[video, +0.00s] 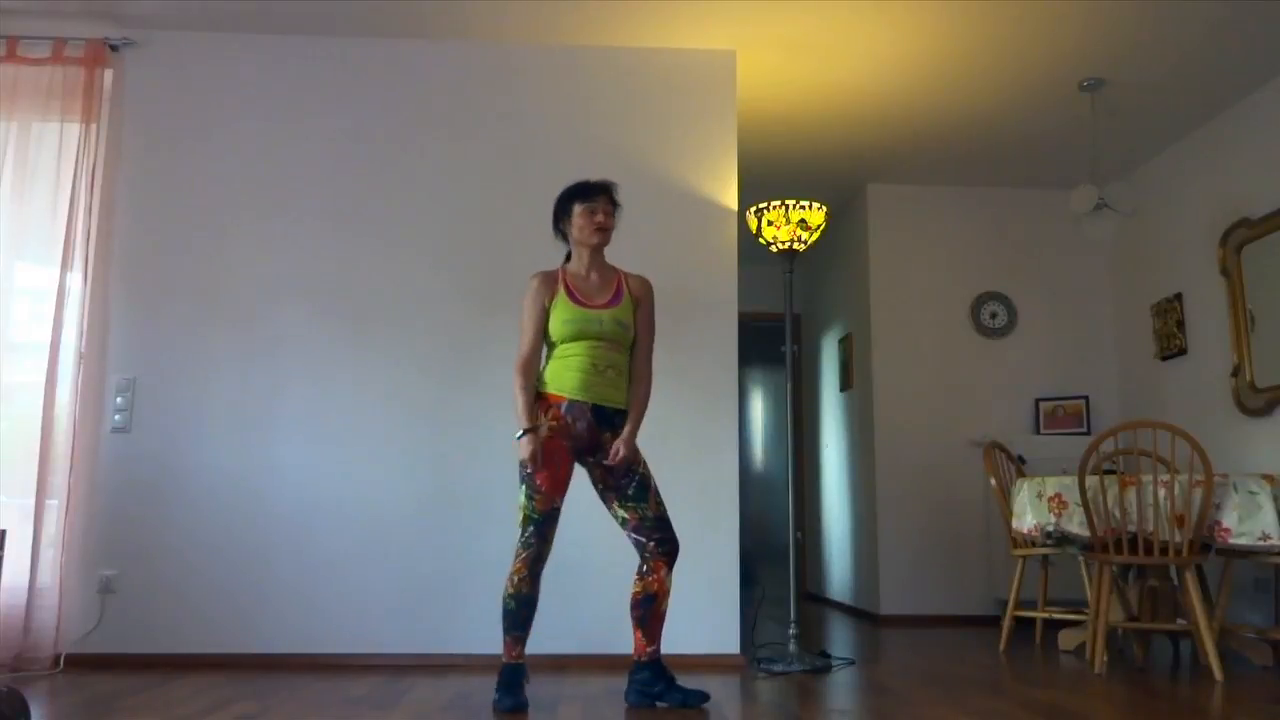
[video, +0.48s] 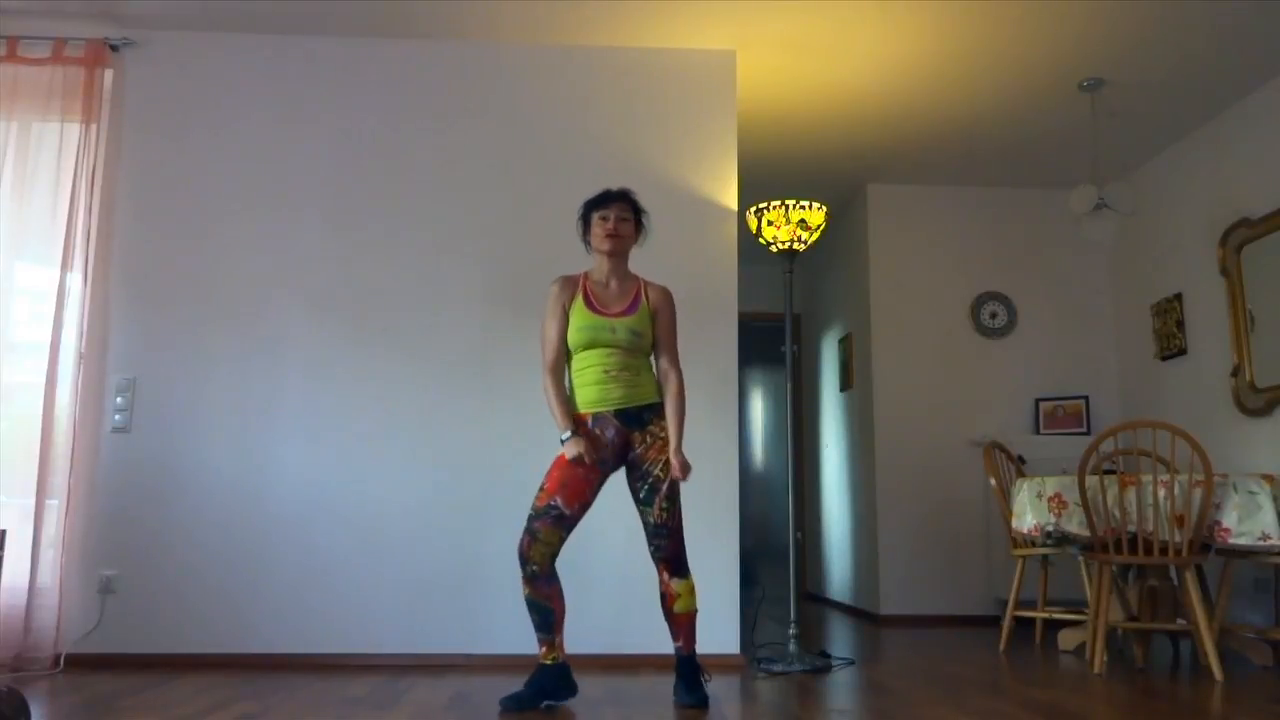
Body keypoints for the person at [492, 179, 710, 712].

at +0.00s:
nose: (600, 218)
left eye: (607, 211)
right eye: (589, 210)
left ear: (615, 223)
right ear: (566, 223)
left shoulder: (637, 288)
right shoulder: (548, 285)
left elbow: (642, 368)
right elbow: (527, 361)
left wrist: (630, 431)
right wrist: (529, 428)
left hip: (610, 430)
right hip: (552, 424)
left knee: (659, 546)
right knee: (532, 548)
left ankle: (647, 672)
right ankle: (511, 673)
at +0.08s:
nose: (601, 213)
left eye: (610, 207)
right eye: (590, 205)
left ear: (620, 219)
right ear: (569, 217)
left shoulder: (641, 282)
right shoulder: (552, 278)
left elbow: (653, 360)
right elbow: (534, 353)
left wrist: (644, 425)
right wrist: (540, 417)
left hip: (622, 424)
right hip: (563, 420)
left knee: (659, 543)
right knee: (547, 543)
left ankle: (650, 669)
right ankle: (523, 670)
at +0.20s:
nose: (609, 214)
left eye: (619, 207)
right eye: (599, 205)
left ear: (629, 220)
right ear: (578, 217)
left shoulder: (649, 281)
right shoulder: (560, 278)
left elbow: (670, 362)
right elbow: (546, 352)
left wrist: (662, 423)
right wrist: (560, 411)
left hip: (646, 418)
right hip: (584, 418)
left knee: (662, 544)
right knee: (551, 544)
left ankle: (670, 666)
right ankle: (554, 668)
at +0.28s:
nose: (614, 220)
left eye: (623, 214)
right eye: (604, 212)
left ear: (635, 227)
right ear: (584, 224)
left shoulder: (653, 289)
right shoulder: (564, 286)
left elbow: (677, 366)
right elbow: (552, 363)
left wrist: (675, 431)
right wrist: (572, 417)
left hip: (652, 421)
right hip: (595, 425)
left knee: (669, 547)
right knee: (545, 545)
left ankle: (686, 667)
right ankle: (559, 671)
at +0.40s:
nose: (615, 231)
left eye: (626, 225)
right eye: (606, 223)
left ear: (639, 238)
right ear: (589, 236)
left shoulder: (657, 302)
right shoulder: (567, 295)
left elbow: (675, 376)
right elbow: (556, 373)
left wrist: (683, 450)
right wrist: (576, 436)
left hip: (656, 431)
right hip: (598, 437)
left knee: (673, 553)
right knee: (537, 551)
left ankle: (691, 669)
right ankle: (558, 672)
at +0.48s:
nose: (614, 226)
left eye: (624, 220)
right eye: (604, 219)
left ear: (637, 234)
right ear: (587, 231)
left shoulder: (655, 296)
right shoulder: (566, 290)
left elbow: (670, 370)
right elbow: (553, 368)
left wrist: (674, 442)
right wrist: (570, 431)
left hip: (650, 428)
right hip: (590, 431)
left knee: (668, 548)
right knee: (536, 547)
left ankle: (687, 667)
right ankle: (553, 668)